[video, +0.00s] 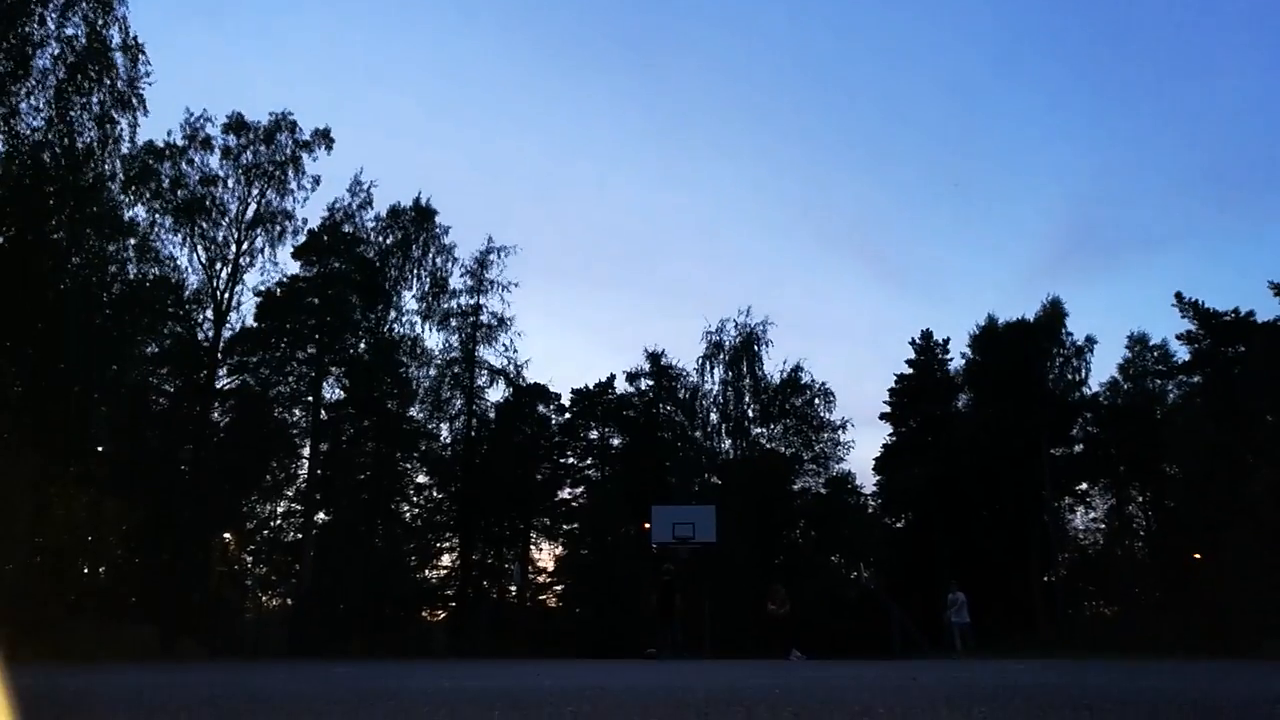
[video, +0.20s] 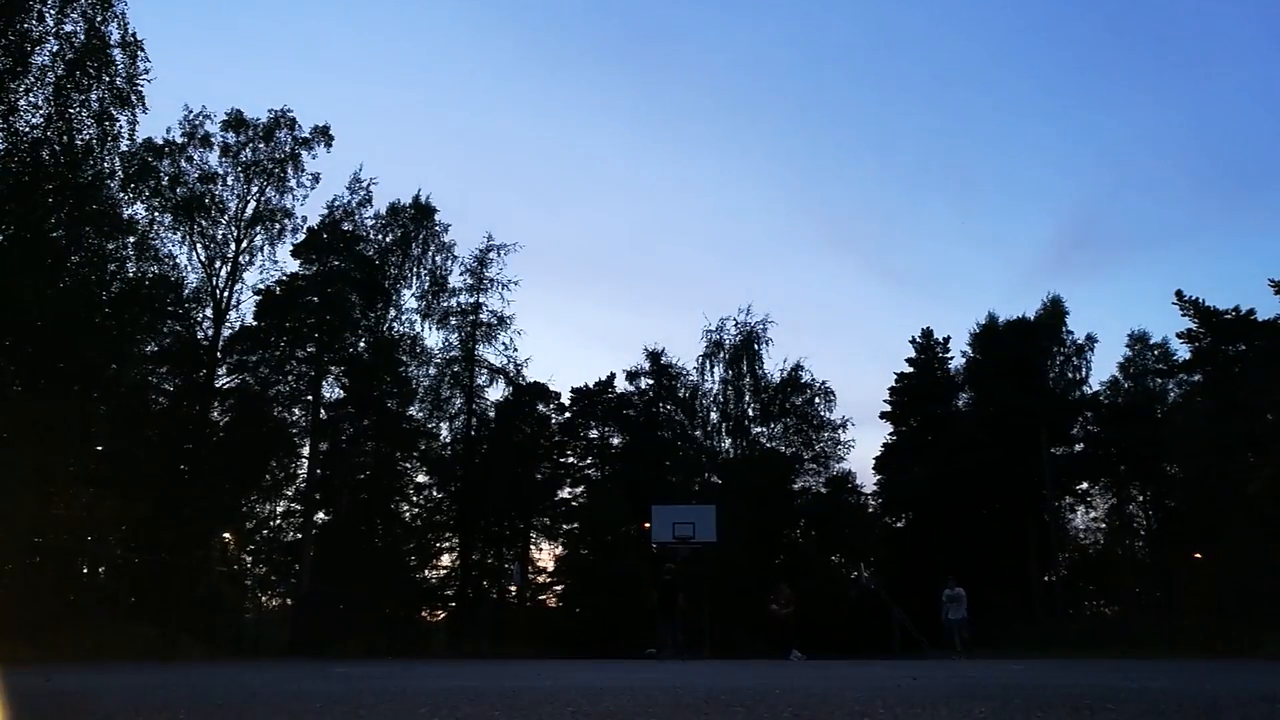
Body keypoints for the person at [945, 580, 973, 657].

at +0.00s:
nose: (953, 589)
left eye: (954, 587)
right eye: (952, 588)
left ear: (956, 588)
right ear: (951, 589)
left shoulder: (960, 595)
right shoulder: (950, 596)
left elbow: (959, 605)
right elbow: (949, 606)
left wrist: (951, 611)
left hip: (964, 620)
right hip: (955, 620)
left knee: (966, 636)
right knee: (956, 636)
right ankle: (958, 651)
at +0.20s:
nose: (951, 585)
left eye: (952, 583)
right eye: (949, 583)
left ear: (954, 583)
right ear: (948, 584)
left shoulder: (960, 591)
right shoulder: (946, 592)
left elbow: (964, 603)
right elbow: (945, 605)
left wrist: (964, 612)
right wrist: (944, 615)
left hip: (961, 617)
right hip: (951, 617)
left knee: (963, 633)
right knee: (954, 635)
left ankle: (965, 651)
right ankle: (957, 652)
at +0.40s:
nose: (950, 586)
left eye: (952, 584)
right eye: (949, 584)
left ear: (954, 584)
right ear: (947, 585)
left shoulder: (959, 593)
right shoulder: (944, 594)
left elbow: (967, 602)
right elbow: (941, 604)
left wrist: (975, 612)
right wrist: (940, 613)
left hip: (958, 617)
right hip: (948, 617)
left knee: (959, 633)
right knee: (950, 634)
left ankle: (961, 651)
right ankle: (951, 651)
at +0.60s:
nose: (949, 586)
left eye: (950, 584)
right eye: (947, 584)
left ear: (952, 585)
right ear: (946, 585)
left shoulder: (957, 593)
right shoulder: (943, 593)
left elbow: (964, 602)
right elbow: (940, 605)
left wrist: (971, 611)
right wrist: (939, 614)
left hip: (955, 617)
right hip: (945, 617)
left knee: (955, 633)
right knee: (948, 634)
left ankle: (957, 651)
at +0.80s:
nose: (945, 583)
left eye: (946, 581)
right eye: (944, 581)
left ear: (949, 582)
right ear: (942, 582)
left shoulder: (954, 591)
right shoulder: (940, 591)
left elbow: (957, 603)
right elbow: (938, 603)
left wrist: (958, 615)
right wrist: (937, 613)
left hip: (953, 616)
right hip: (943, 616)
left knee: (954, 633)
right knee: (943, 633)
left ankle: (956, 651)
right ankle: (944, 651)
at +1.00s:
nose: (941, 584)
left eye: (942, 582)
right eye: (939, 582)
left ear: (944, 583)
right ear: (938, 583)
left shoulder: (949, 592)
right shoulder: (935, 592)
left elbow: (950, 603)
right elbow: (935, 603)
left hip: (949, 616)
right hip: (939, 617)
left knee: (953, 633)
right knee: (939, 634)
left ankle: (956, 650)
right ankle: (937, 650)